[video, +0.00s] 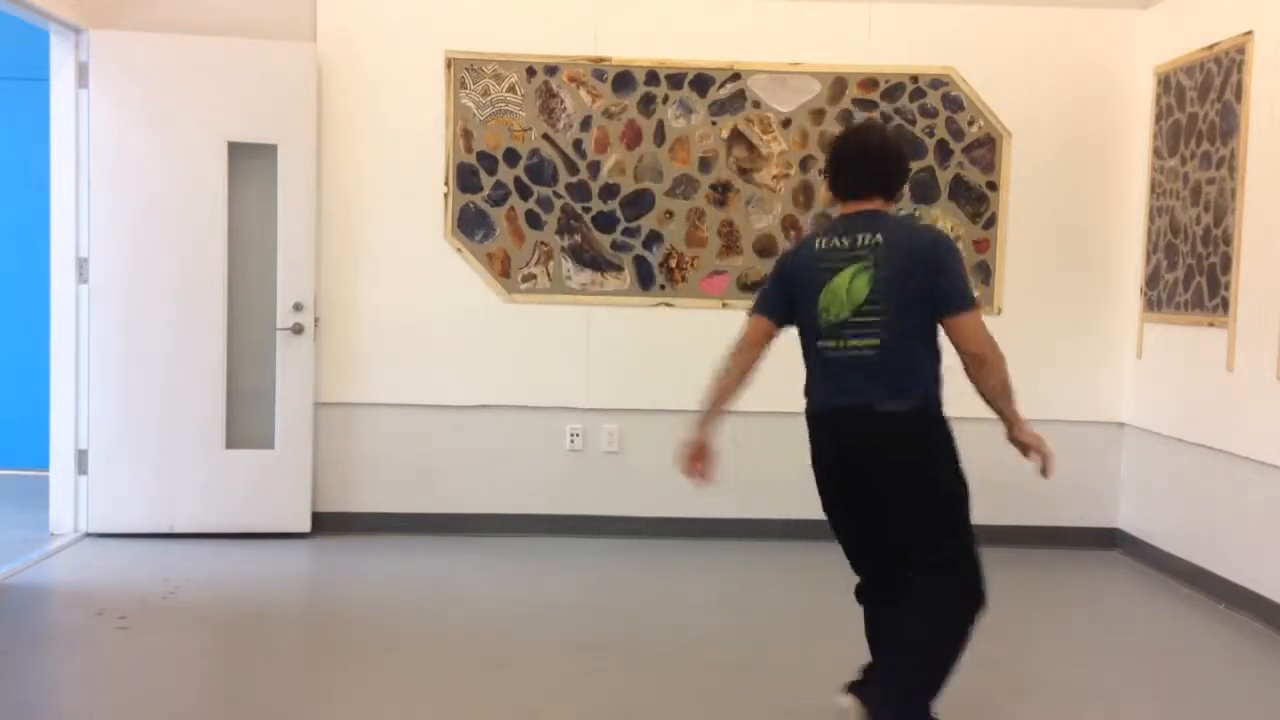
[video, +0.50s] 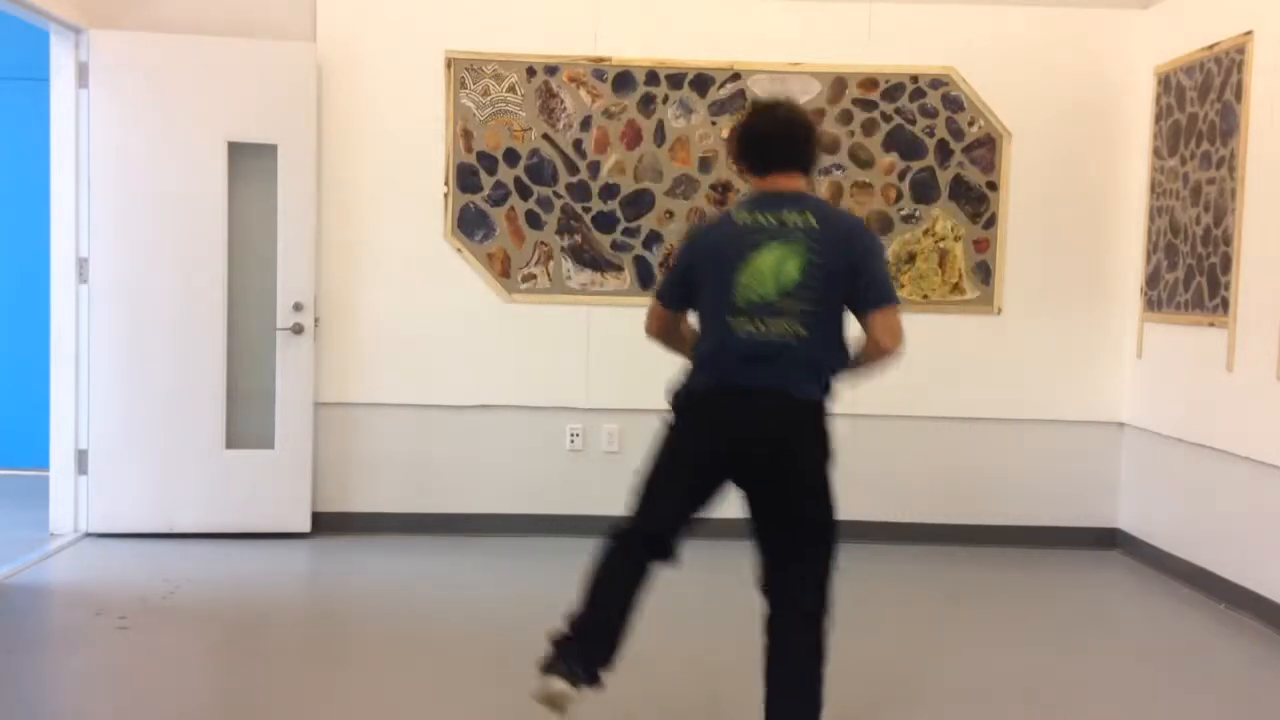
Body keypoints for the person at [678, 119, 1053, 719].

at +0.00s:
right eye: (898, 173)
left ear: (832, 182)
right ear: (898, 180)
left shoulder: (802, 256)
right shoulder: (928, 248)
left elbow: (749, 347)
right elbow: (977, 351)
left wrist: (703, 424)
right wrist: (1014, 423)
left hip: (834, 442)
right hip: (909, 438)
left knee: (880, 575)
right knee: (955, 583)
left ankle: (894, 697)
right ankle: (890, 698)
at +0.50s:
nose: (741, 169)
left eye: (741, 159)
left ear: (743, 162)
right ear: (810, 159)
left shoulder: (716, 233)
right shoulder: (847, 234)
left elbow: (660, 324)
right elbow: (886, 338)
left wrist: (714, 351)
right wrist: (833, 362)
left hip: (709, 417)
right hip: (791, 424)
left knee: (643, 536)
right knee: (798, 584)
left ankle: (573, 664)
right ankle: (793, 711)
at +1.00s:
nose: (517, 195)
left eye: (518, 187)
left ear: (522, 190)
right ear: (586, 188)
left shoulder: (500, 256)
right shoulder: (628, 263)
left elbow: (469, 353)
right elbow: (618, 355)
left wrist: (459, 411)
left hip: (510, 434)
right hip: (592, 437)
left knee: (464, 567)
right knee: (595, 577)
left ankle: (426, 704)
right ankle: (652, 697)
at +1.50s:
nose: (416, 203)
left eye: (416, 194)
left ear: (418, 200)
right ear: (476, 199)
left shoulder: (395, 265)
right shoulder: (507, 272)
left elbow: (325, 335)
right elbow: (539, 366)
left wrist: (276, 312)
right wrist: (555, 439)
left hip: (397, 430)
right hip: (465, 435)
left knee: (351, 543)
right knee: (414, 533)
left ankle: (400, 649)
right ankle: (390, 644)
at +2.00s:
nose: (522, 213)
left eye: (523, 203)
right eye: (521, 202)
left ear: (464, 185)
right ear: (506, 194)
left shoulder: (409, 226)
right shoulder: (510, 235)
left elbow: (323, 269)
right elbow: (535, 319)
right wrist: (586, 403)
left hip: (397, 396)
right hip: (469, 398)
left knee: (409, 531)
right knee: (516, 527)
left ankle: (387, 672)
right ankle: (506, 662)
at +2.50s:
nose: (667, 435)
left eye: (672, 429)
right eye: (665, 425)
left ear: (664, 415)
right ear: (639, 400)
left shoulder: (649, 419)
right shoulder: (571, 357)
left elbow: (692, 492)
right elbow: (471, 332)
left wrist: (740, 564)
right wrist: (384, 343)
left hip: (489, 433)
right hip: (435, 403)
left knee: (511, 527)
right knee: (396, 535)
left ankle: (485, 630)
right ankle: (349, 675)